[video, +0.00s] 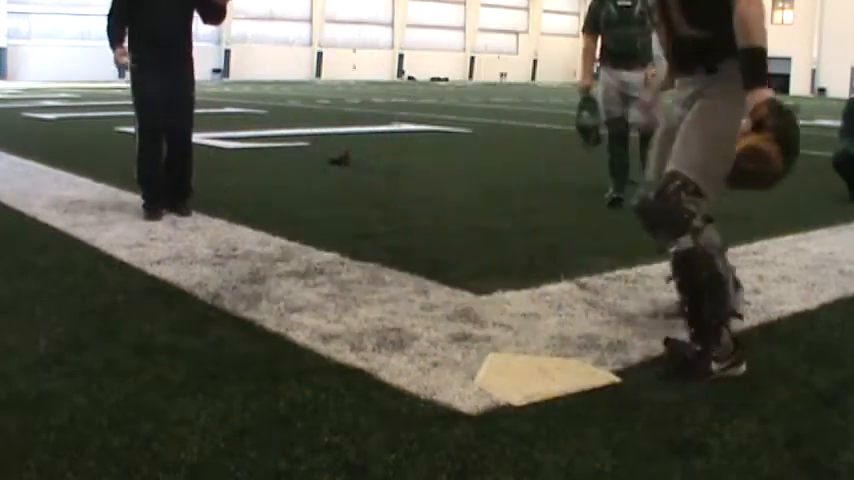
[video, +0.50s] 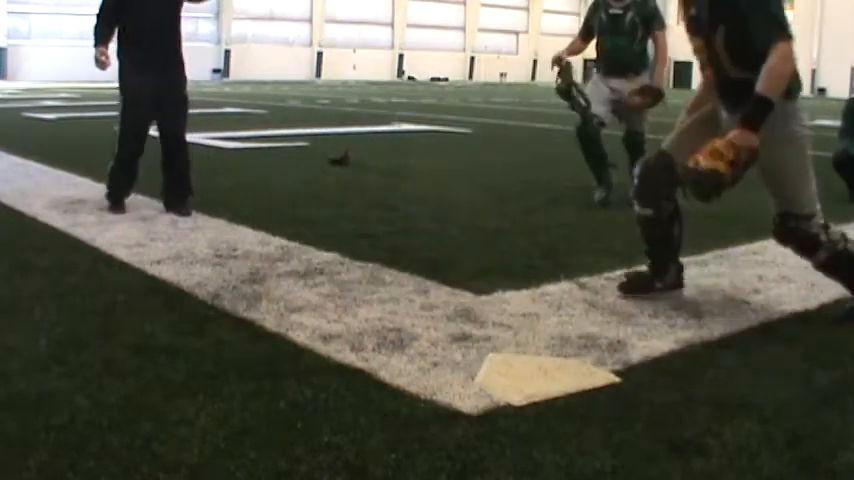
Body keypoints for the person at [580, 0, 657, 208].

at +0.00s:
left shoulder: (649, 6)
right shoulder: (600, 6)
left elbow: (663, 34)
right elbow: (590, 40)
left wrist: (663, 67)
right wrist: (587, 76)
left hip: (642, 74)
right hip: (610, 73)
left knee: (647, 129)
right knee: (616, 131)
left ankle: (649, 179)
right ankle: (617, 187)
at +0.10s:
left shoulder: (652, 4)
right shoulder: (600, 5)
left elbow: (665, 28)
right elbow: (588, 36)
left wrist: (678, 58)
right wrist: (586, 73)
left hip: (642, 73)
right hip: (610, 73)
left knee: (651, 129)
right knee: (616, 132)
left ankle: (652, 190)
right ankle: (617, 187)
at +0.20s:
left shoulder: (648, 5)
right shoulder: (600, 4)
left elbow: (663, 28)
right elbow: (587, 36)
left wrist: (677, 58)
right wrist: (584, 67)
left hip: (639, 72)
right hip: (608, 72)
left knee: (646, 131)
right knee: (614, 132)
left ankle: (646, 190)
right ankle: (617, 188)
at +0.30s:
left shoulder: (650, 4)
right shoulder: (599, 5)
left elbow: (665, 31)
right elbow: (586, 34)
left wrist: (673, 62)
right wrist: (578, 61)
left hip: (639, 76)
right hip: (608, 75)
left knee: (639, 135)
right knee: (612, 134)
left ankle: (639, 190)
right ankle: (617, 188)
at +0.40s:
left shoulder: (648, 5)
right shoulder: (599, 5)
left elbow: (664, 34)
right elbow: (585, 35)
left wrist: (667, 69)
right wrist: (571, 53)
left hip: (637, 77)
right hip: (606, 77)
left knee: (635, 135)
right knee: (601, 131)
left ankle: (639, 183)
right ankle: (613, 188)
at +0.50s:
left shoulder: (645, 7)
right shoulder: (598, 6)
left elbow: (661, 44)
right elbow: (583, 39)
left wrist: (657, 83)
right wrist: (565, 53)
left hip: (635, 81)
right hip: (602, 80)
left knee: (634, 139)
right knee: (586, 130)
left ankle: (638, 187)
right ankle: (604, 183)